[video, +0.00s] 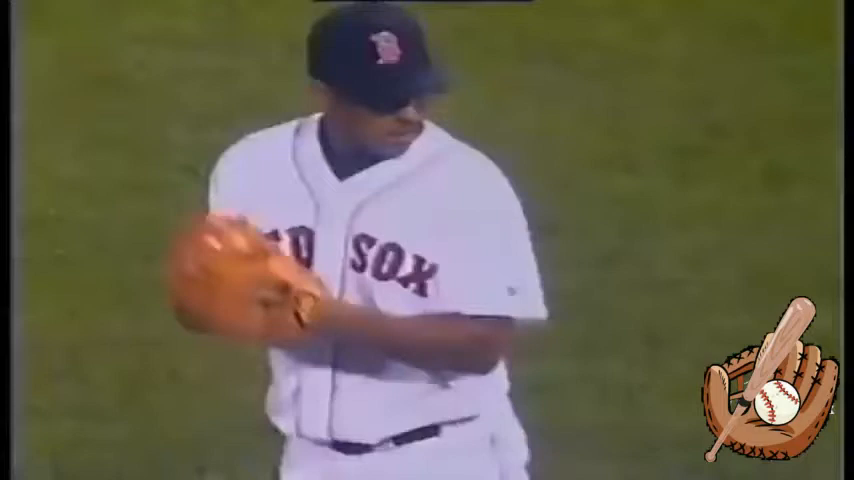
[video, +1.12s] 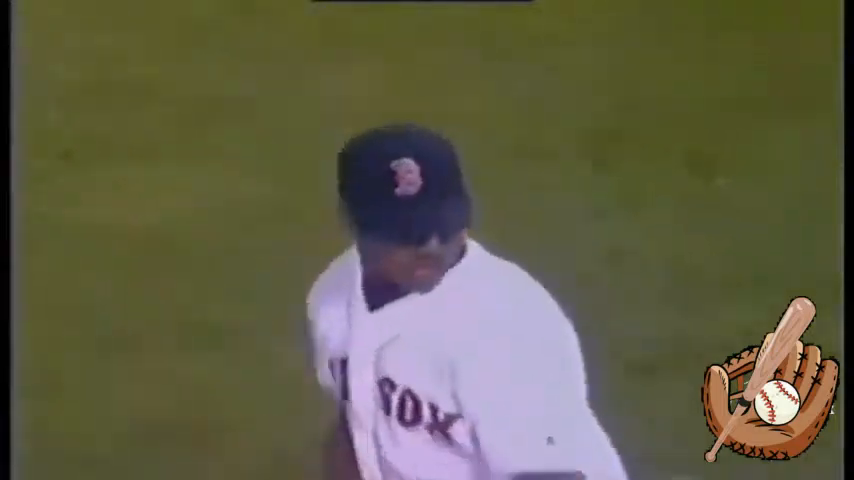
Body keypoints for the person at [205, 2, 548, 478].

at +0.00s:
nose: (411, 115)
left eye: (419, 95)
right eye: (387, 101)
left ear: (429, 84)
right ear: (330, 94)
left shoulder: (471, 183)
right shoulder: (249, 169)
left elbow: (481, 347)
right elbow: (218, 295)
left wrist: (332, 318)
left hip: (449, 457)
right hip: (315, 459)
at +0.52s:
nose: (372, 158)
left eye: (389, 142)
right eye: (356, 141)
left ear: (437, 111)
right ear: (338, 112)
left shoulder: (499, 200)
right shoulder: (307, 151)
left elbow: (418, 355)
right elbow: (204, 261)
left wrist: (296, 252)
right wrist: (257, 217)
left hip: (475, 451)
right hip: (352, 455)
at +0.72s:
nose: (388, 161)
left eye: (407, 145)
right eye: (374, 143)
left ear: (455, 116)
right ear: (355, 118)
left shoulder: (511, 210)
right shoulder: (348, 172)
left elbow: (417, 364)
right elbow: (250, 280)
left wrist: (302, 259)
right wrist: (249, 215)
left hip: (498, 446)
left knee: (288, 392)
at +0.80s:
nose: (394, 162)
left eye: (412, 144)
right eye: (378, 144)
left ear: (459, 118)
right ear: (358, 122)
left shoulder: (514, 216)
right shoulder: (349, 169)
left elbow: (441, 377)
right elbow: (283, 300)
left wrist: (309, 285)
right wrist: (260, 246)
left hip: (496, 447)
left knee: (253, 393)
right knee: (240, 388)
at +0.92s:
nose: (405, 186)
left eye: (424, 166)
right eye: (386, 166)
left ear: (466, 140)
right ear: (366, 146)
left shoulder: (517, 241)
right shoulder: (358, 198)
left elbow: (489, 420)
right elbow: (339, 318)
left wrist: (331, 367)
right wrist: (275, 329)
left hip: (504, 465)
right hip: (379, 458)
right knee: (231, 476)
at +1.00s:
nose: (425, 194)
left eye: (442, 178)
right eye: (402, 181)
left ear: (469, 162)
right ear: (366, 170)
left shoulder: (517, 263)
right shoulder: (354, 227)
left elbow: (525, 445)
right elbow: (341, 360)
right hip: (410, 467)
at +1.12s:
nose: (431, 249)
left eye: (446, 229)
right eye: (407, 234)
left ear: (462, 212)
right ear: (359, 229)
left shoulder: (511, 319)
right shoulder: (335, 296)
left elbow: (552, 468)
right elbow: (353, 419)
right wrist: (342, 463)